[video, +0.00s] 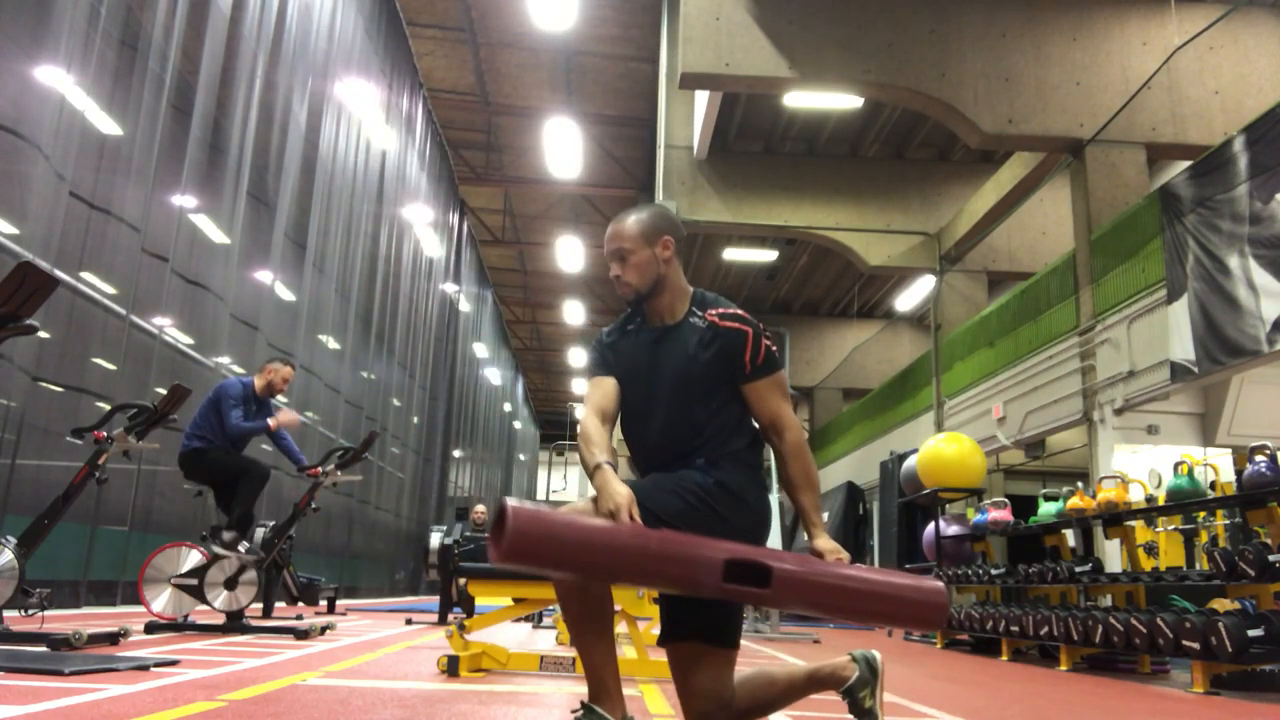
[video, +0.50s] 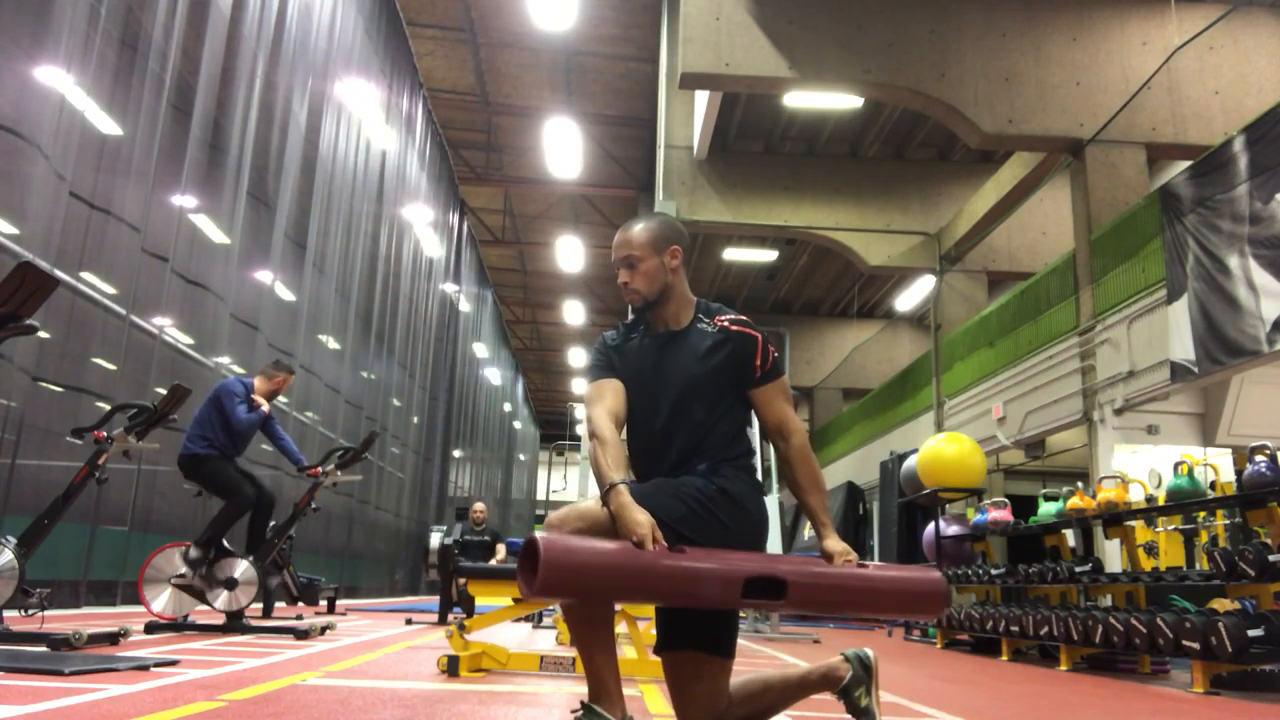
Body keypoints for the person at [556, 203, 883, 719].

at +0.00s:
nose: (612, 271)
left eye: (623, 257)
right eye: (608, 260)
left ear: (665, 251)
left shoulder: (730, 328)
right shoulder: (615, 344)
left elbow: (785, 429)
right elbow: (595, 419)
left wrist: (816, 530)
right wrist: (603, 476)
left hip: (727, 502)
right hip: (668, 509)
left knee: (568, 529)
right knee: (708, 703)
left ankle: (606, 708)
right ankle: (848, 672)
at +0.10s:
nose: (615, 278)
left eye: (626, 263)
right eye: (611, 266)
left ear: (667, 258)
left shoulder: (730, 333)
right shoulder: (615, 349)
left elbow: (786, 433)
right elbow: (597, 426)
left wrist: (823, 533)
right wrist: (611, 487)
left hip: (728, 506)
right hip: (672, 515)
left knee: (567, 527)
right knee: (706, 708)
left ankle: (607, 707)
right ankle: (843, 672)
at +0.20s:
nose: (616, 280)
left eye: (627, 266)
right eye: (612, 269)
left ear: (668, 260)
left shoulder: (732, 335)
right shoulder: (616, 349)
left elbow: (788, 433)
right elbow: (599, 427)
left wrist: (826, 533)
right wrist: (619, 492)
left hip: (729, 506)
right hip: (673, 516)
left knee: (566, 527)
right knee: (704, 708)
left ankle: (607, 707)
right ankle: (841, 673)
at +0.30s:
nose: (618, 279)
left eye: (629, 265)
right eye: (614, 268)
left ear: (670, 261)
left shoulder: (732, 336)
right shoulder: (615, 348)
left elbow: (789, 432)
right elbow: (600, 427)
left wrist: (828, 531)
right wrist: (622, 497)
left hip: (729, 507)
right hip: (673, 516)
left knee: (567, 527)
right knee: (704, 708)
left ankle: (607, 707)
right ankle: (841, 673)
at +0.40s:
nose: (619, 278)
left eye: (630, 264)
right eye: (615, 267)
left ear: (672, 260)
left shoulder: (733, 336)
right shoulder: (615, 347)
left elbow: (788, 432)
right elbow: (601, 428)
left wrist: (828, 531)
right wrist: (621, 500)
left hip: (727, 508)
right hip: (671, 517)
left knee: (567, 528)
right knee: (703, 709)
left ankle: (607, 707)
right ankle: (841, 672)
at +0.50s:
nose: (621, 277)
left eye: (632, 264)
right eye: (617, 266)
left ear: (673, 259)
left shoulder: (734, 336)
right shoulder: (615, 346)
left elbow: (787, 432)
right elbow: (602, 427)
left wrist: (826, 532)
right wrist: (621, 501)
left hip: (727, 507)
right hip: (669, 516)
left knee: (568, 526)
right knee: (702, 708)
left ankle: (607, 707)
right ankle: (842, 672)